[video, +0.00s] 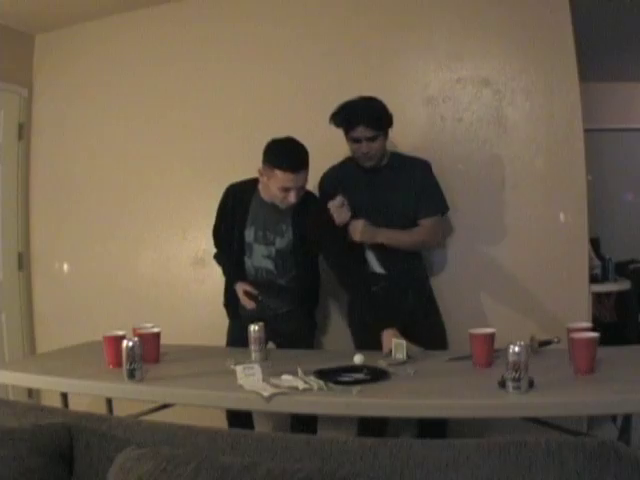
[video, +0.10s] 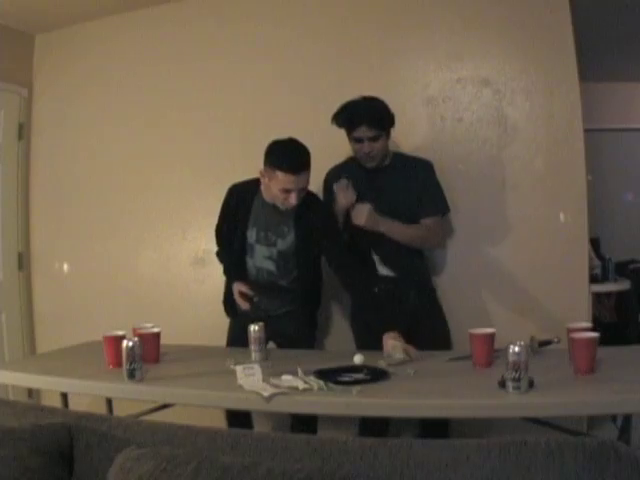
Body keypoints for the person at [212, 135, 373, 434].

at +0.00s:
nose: (294, 198)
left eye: (300, 189)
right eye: (285, 190)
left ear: (306, 177)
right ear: (263, 175)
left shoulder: (311, 208)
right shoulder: (236, 197)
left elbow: (343, 264)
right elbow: (223, 244)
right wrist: (235, 280)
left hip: (295, 317)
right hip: (246, 315)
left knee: (299, 398)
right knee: (235, 394)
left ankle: (301, 464)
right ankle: (242, 460)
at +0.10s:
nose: (294, 200)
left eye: (301, 190)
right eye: (286, 192)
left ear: (308, 178)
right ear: (264, 178)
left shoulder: (314, 210)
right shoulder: (239, 197)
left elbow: (345, 266)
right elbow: (225, 241)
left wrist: (383, 328)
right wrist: (234, 279)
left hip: (295, 315)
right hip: (247, 312)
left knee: (300, 397)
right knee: (235, 393)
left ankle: (303, 465)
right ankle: (240, 460)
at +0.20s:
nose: (293, 198)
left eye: (300, 188)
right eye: (284, 190)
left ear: (306, 176)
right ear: (263, 177)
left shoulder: (317, 211)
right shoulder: (240, 197)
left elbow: (347, 273)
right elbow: (227, 243)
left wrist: (376, 334)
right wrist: (235, 279)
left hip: (296, 321)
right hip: (246, 317)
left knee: (301, 401)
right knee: (231, 393)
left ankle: (300, 468)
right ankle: (240, 461)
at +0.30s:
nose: (287, 196)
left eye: (295, 187)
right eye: (278, 188)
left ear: (301, 175)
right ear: (258, 175)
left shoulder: (312, 212)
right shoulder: (238, 199)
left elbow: (342, 275)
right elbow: (226, 243)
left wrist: (373, 333)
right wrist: (233, 279)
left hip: (295, 322)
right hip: (245, 318)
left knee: (300, 402)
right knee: (228, 393)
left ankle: (301, 468)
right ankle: (236, 461)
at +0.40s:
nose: (281, 189)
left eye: (287, 180)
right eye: (272, 181)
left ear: (293, 170)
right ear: (250, 170)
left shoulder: (304, 207)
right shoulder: (230, 200)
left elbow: (336, 266)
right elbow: (223, 246)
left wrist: (372, 314)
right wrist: (229, 280)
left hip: (291, 318)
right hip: (243, 315)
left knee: (299, 396)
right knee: (223, 390)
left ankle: (302, 464)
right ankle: (231, 458)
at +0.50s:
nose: (271, 174)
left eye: (276, 165)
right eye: (262, 166)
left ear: (282, 158)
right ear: (241, 160)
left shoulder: (298, 198)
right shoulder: (221, 195)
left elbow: (319, 253)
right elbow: (216, 243)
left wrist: (343, 289)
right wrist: (222, 278)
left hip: (286, 313)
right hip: (237, 312)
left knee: (295, 393)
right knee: (223, 391)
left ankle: (301, 462)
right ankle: (228, 462)